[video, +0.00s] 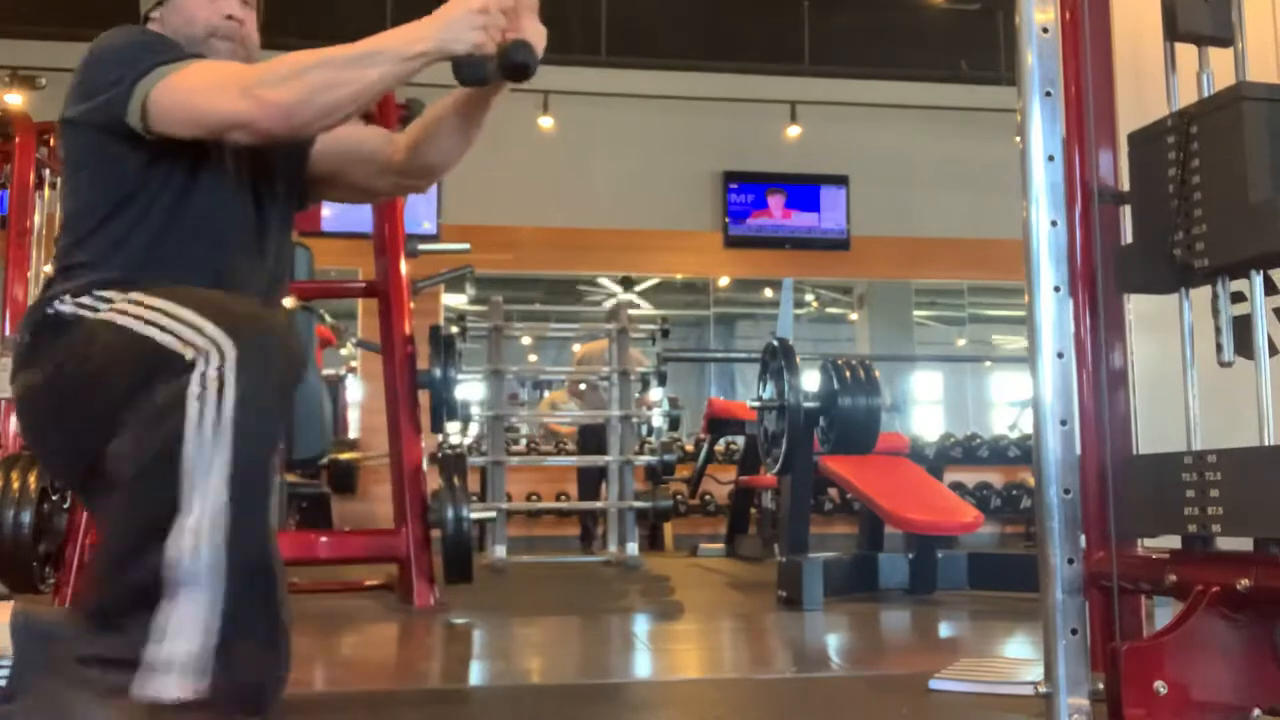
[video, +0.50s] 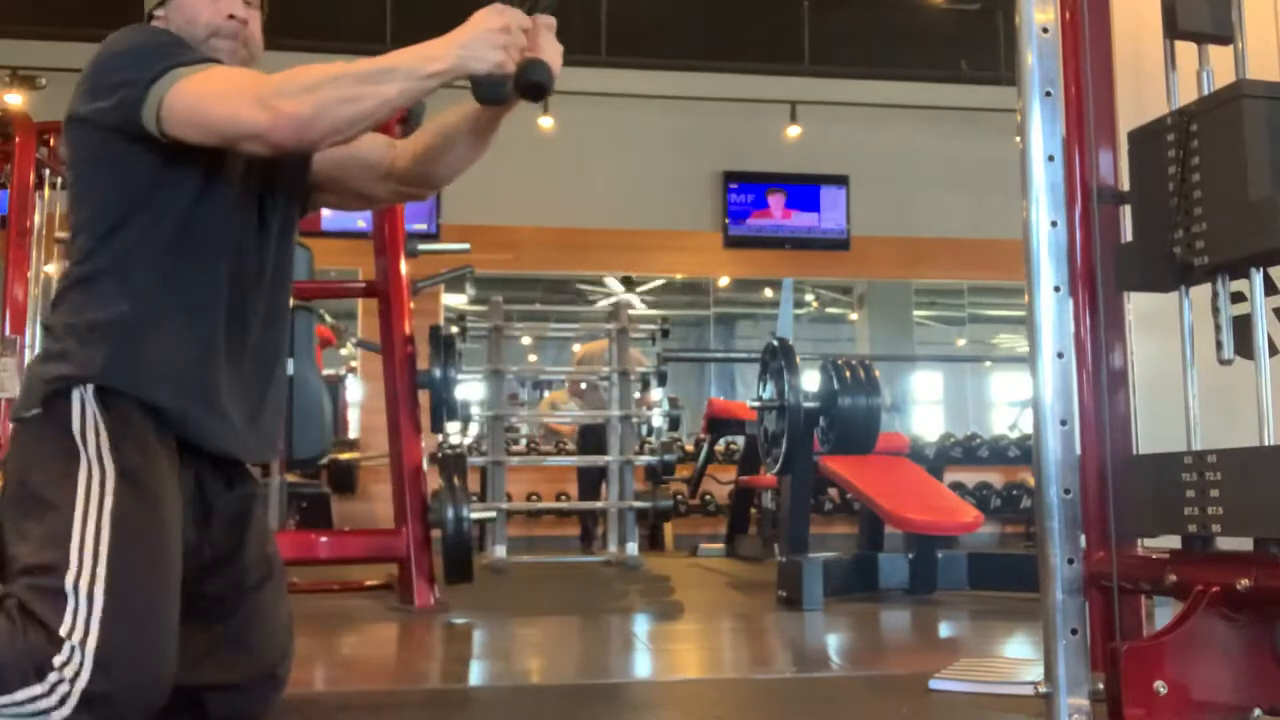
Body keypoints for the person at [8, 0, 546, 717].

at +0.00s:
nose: (243, 10)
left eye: (250, 4)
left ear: (261, 28)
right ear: (162, 9)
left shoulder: (273, 125)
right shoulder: (119, 59)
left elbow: (403, 162)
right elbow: (264, 102)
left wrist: (488, 79)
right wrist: (432, 35)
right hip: (87, 328)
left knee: (239, 662)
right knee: (239, 345)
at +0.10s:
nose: (232, 14)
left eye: (243, 4)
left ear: (255, 28)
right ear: (156, 11)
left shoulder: (271, 133)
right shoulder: (117, 65)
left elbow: (401, 163)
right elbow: (258, 108)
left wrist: (485, 77)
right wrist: (423, 37)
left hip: (224, 393)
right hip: (104, 334)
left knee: (235, 667)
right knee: (198, 439)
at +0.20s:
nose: (235, 13)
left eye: (245, 5)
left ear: (257, 35)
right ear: (157, 14)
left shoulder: (271, 134)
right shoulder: (123, 66)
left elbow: (403, 165)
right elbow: (260, 111)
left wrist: (486, 81)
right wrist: (425, 42)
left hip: (224, 428)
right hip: (111, 357)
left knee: (241, 671)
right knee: (154, 536)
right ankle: (5, 632)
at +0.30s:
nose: (240, 9)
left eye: (248, 2)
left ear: (259, 31)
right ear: (160, 13)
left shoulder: (269, 131)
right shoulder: (126, 66)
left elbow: (405, 165)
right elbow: (265, 113)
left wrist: (490, 87)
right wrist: (439, 46)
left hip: (224, 436)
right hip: (105, 381)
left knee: (241, 673)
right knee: (108, 612)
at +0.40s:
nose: (240, 15)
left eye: (251, 7)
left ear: (262, 31)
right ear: (160, 11)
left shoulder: (268, 127)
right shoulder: (128, 64)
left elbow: (406, 166)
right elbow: (268, 114)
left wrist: (494, 93)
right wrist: (444, 50)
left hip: (218, 440)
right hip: (102, 399)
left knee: (238, 678)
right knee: (95, 659)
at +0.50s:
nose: (244, 12)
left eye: (254, 5)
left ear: (264, 30)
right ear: (162, 6)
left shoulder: (269, 128)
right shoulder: (130, 59)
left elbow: (409, 167)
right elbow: (273, 114)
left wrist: (502, 92)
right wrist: (449, 52)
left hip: (219, 448)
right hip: (103, 411)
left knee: (239, 679)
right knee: (100, 676)